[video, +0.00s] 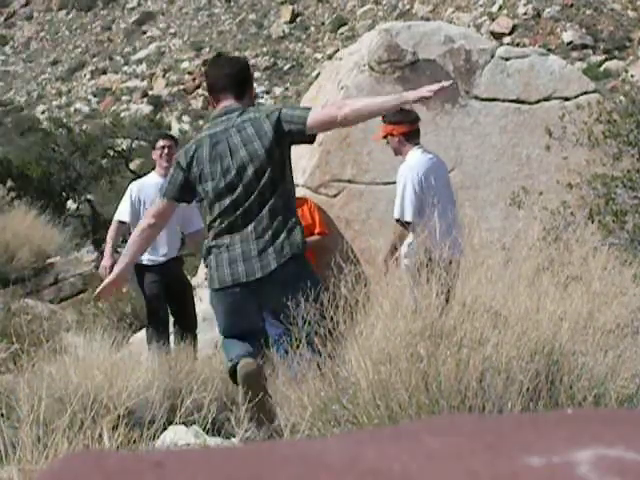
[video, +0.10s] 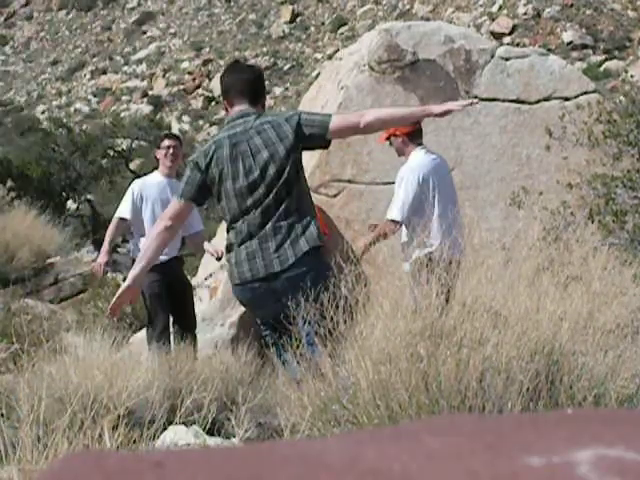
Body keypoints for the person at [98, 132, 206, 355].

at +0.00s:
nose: (166, 152)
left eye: (170, 148)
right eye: (161, 148)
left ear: (176, 154)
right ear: (153, 154)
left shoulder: (183, 187)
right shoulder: (138, 188)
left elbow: (194, 233)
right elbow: (118, 223)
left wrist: (208, 260)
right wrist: (108, 254)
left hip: (173, 262)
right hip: (147, 264)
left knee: (187, 318)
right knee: (158, 319)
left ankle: (187, 369)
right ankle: (161, 370)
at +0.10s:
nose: (171, 152)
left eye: (175, 148)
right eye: (166, 148)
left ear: (181, 154)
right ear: (157, 154)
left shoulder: (183, 190)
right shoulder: (140, 186)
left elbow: (194, 233)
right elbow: (119, 221)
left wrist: (208, 247)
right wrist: (105, 251)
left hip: (174, 263)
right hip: (147, 265)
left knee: (186, 321)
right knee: (160, 323)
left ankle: (188, 372)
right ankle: (162, 373)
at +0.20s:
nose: (173, 152)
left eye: (177, 148)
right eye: (168, 148)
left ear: (182, 154)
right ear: (158, 154)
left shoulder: (185, 193)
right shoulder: (141, 186)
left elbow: (194, 233)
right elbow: (120, 219)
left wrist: (206, 251)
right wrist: (105, 250)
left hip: (175, 262)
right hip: (148, 262)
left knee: (186, 318)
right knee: (159, 319)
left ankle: (188, 369)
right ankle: (161, 370)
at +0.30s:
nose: (172, 152)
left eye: (176, 148)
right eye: (167, 148)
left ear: (181, 154)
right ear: (158, 154)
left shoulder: (184, 192)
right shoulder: (142, 186)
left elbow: (196, 226)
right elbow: (122, 220)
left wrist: (208, 250)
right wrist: (110, 253)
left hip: (179, 259)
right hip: (152, 260)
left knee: (187, 316)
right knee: (162, 317)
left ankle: (188, 367)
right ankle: (161, 368)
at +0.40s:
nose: (170, 152)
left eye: (174, 148)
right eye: (165, 148)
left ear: (178, 154)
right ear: (155, 153)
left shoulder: (183, 191)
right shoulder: (141, 186)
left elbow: (194, 230)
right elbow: (124, 222)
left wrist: (208, 253)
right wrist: (117, 255)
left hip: (177, 258)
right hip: (151, 259)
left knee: (186, 314)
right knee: (162, 313)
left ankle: (188, 365)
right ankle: (160, 366)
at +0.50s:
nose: (166, 151)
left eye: (170, 148)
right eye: (161, 148)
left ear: (175, 153)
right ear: (152, 153)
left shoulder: (181, 189)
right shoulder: (139, 187)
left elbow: (197, 221)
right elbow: (126, 224)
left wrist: (208, 245)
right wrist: (126, 257)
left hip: (177, 261)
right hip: (151, 262)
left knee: (186, 318)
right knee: (162, 318)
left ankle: (188, 368)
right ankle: (159, 369)